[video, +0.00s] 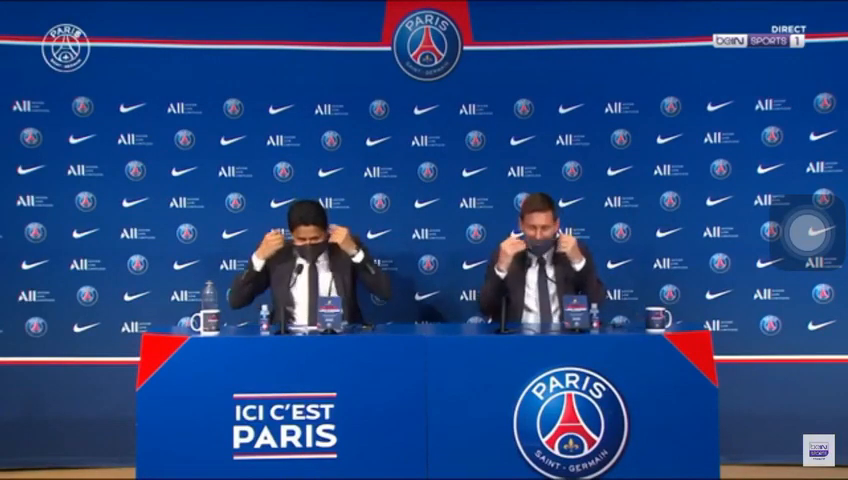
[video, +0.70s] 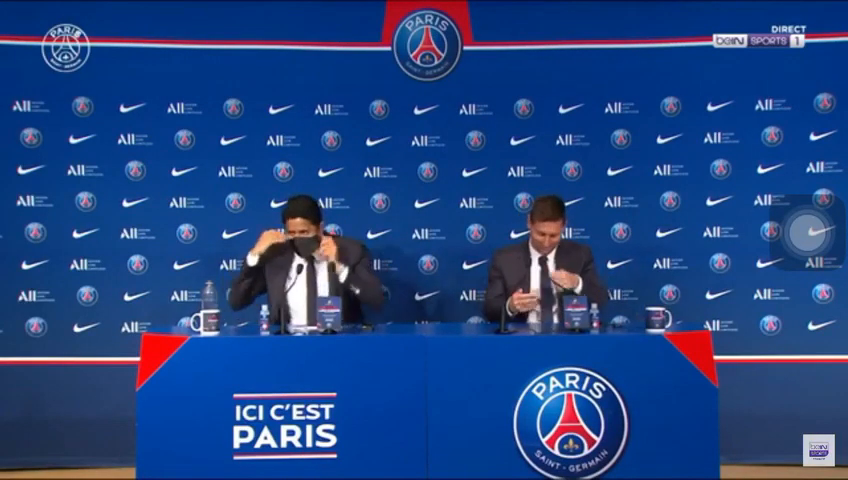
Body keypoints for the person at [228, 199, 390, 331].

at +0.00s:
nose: (308, 246)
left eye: (315, 239)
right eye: (301, 239)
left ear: (326, 232)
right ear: (291, 235)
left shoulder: (345, 254)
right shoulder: (277, 258)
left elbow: (384, 292)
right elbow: (236, 302)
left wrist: (355, 252)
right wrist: (259, 257)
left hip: (341, 345)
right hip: (291, 346)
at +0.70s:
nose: (297, 239)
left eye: (304, 233)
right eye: (292, 233)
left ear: (319, 228)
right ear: (284, 231)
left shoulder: (349, 250)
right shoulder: (275, 256)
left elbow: (376, 299)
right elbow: (237, 302)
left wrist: (339, 266)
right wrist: (255, 254)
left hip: (337, 346)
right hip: (289, 347)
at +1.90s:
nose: (299, 236)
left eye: (305, 229)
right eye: (292, 230)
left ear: (321, 226)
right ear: (286, 229)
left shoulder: (350, 251)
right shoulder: (274, 254)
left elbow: (373, 309)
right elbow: (250, 308)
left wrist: (334, 284)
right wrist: (278, 267)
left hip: (337, 343)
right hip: (289, 343)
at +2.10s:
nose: (303, 236)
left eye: (310, 230)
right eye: (296, 230)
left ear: (324, 227)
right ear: (290, 229)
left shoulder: (353, 253)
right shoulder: (274, 257)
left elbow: (372, 306)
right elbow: (248, 312)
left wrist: (357, 318)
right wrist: (282, 306)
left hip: (341, 347)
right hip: (289, 348)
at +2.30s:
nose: (306, 240)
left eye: (313, 233)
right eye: (299, 234)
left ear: (326, 229)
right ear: (292, 232)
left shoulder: (354, 254)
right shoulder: (275, 259)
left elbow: (371, 311)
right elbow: (258, 313)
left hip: (342, 346)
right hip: (290, 347)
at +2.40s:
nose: (307, 239)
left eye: (314, 232)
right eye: (300, 233)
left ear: (326, 228)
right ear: (292, 231)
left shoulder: (354, 254)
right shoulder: (275, 259)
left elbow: (370, 313)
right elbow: (262, 316)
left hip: (342, 346)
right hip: (291, 347)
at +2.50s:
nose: (310, 238)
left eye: (317, 231)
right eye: (302, 232)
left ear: (327, 227)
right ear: (293, 230)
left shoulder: (354, 254)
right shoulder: (275, 259)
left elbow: (368, 312)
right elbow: (263, 315)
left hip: (342, 346)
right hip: (291, 346)